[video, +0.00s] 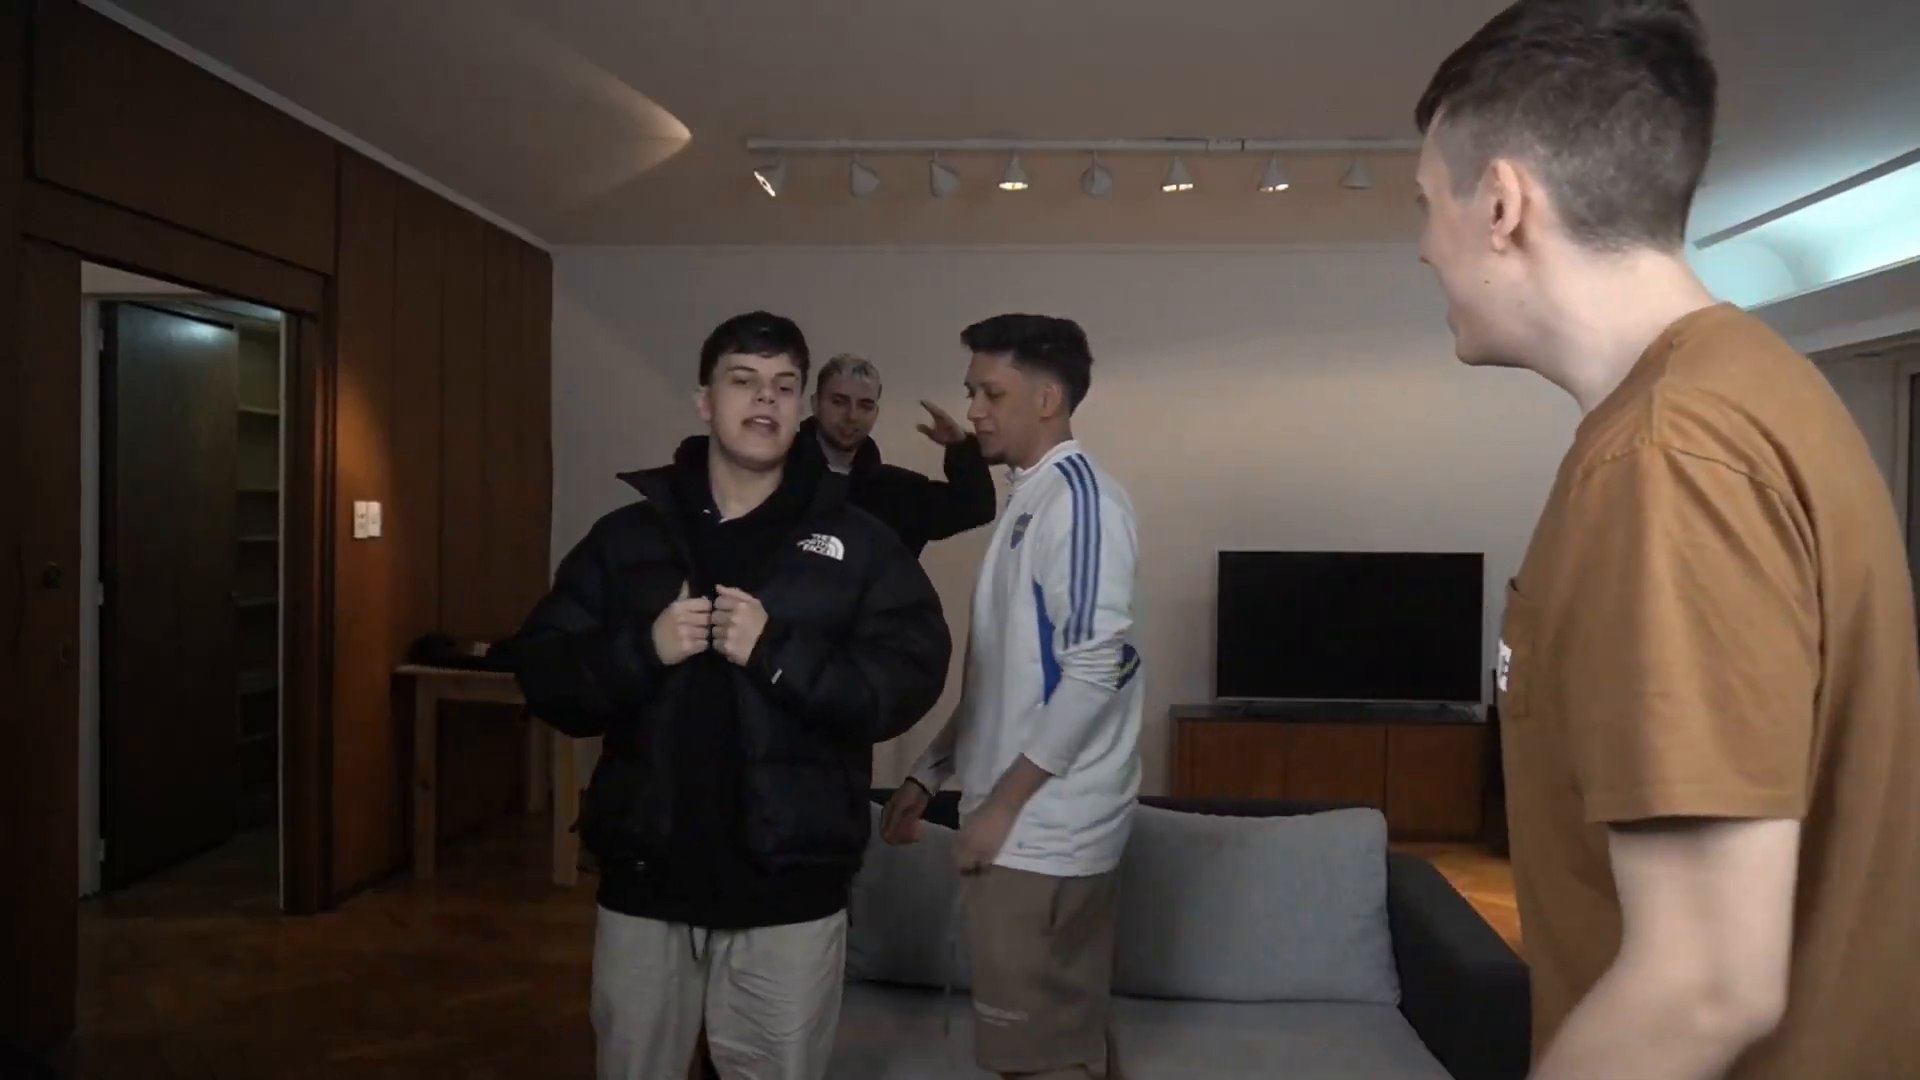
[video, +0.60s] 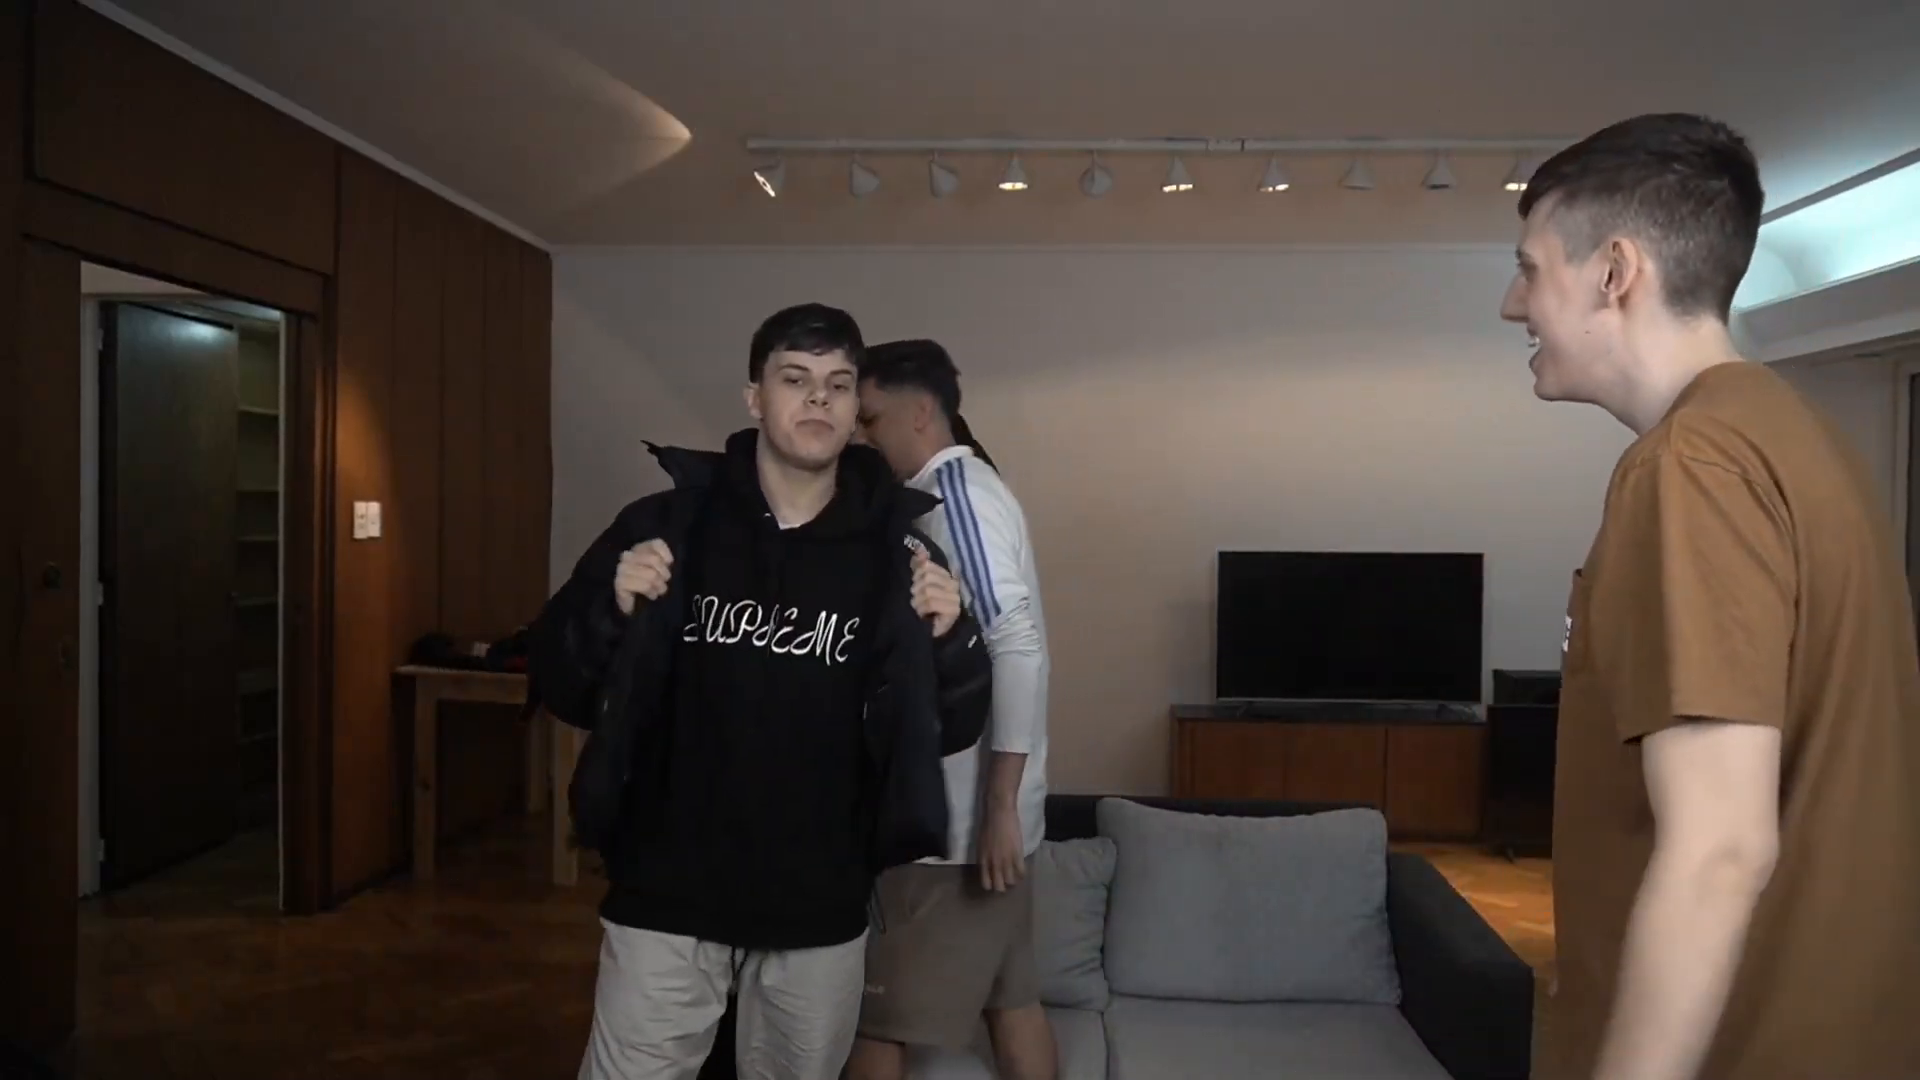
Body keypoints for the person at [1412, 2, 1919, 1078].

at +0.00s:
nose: (1427, 248)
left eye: (1427, 200)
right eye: (1421, 205)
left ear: (1504, 204)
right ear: (1654, 193)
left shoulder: (1667, 453)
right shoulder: (1766, 393)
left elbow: (1706, 984)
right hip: (1837, 1045)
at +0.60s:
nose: (1514, 303)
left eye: (1532, 268)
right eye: (1520, 270)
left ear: (1619, 274)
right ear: (1618, 276)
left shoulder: (1692, 462)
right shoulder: (1798, 439)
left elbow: (1718, 849)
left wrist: (1628, 1063)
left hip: (1726, 1052)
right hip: (1836, 1041)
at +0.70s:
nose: (1500, 305)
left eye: (1517, 272)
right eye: (1505, 275)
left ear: (1597, 280)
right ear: (1605, 280)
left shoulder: (1688, 454)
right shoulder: (1760, 432)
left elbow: (1757, 830)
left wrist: (1704, 1062)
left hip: (1681, 1047)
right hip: (1786, 1039)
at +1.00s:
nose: (1440, 324)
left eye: (1451, 293)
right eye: (1443, 295)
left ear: (1514, 299)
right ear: (1610, 301)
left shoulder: (1589, 453)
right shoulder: (1694, 445)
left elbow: (1699, 788)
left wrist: (1676, 1065)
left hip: (1585, 1043)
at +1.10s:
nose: (1418, 321)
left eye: (1426, 292)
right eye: (1420, 293)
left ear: (1484, 298)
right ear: (1584, 298)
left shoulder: (1534, 456)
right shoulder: (1692, 452)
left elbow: (1606, 786)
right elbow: (1718, 763)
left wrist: (1551, 1062)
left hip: (1554, 1045)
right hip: (1714, 1040)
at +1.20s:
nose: (1392, 321)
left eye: (1397, 292)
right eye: (1392, 293)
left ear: (1450, 298)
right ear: (1553, 296)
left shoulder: (1484, 457)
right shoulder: (1674, 454)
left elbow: (1514, 781)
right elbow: (1728, 707)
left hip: (1551, 1035)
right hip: (1691, 1014)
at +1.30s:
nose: (1366, 332)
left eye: (1369, 302)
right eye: (1364, 304)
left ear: (1418, 304)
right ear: (1522, 300)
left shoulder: (1444, 458)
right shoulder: (1648, 455)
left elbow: (1438, 777)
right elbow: (1710, 703)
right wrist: (1611, 856)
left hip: (1502, 1018)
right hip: (1656, 996)